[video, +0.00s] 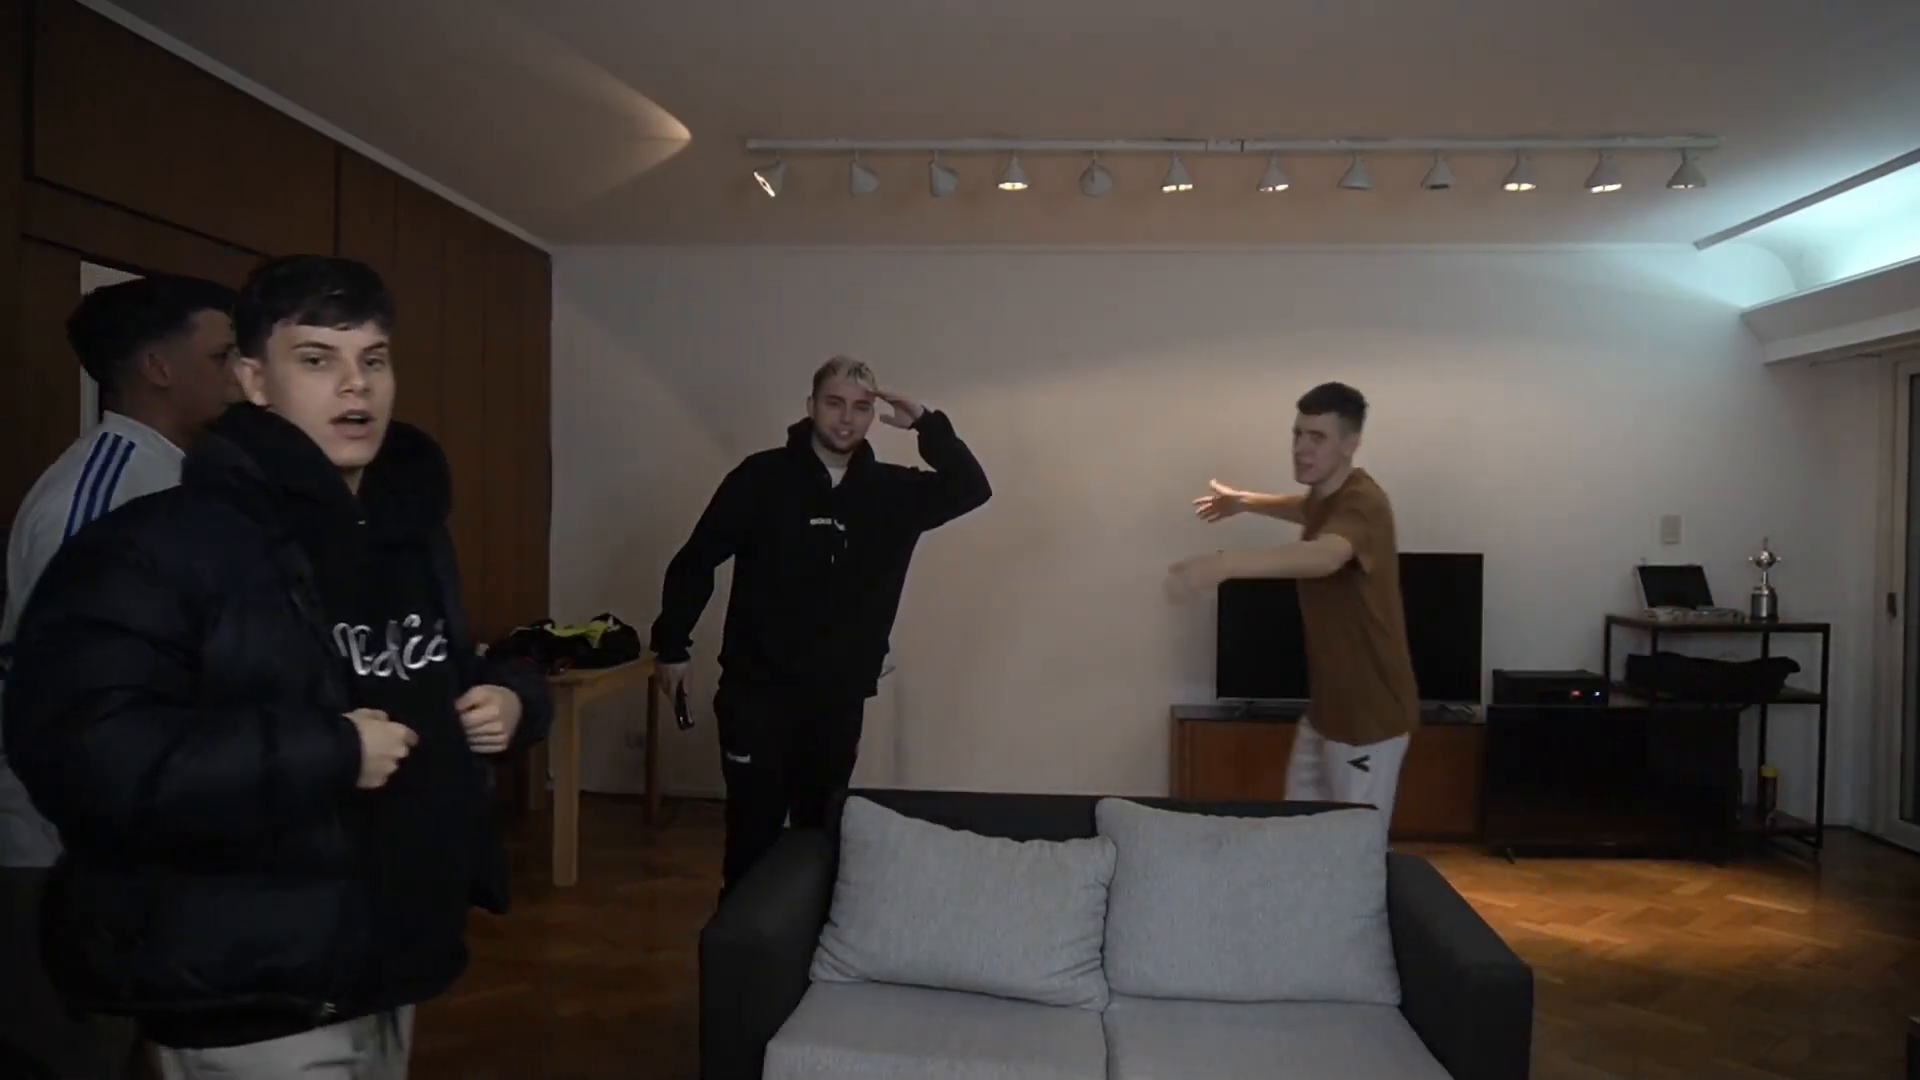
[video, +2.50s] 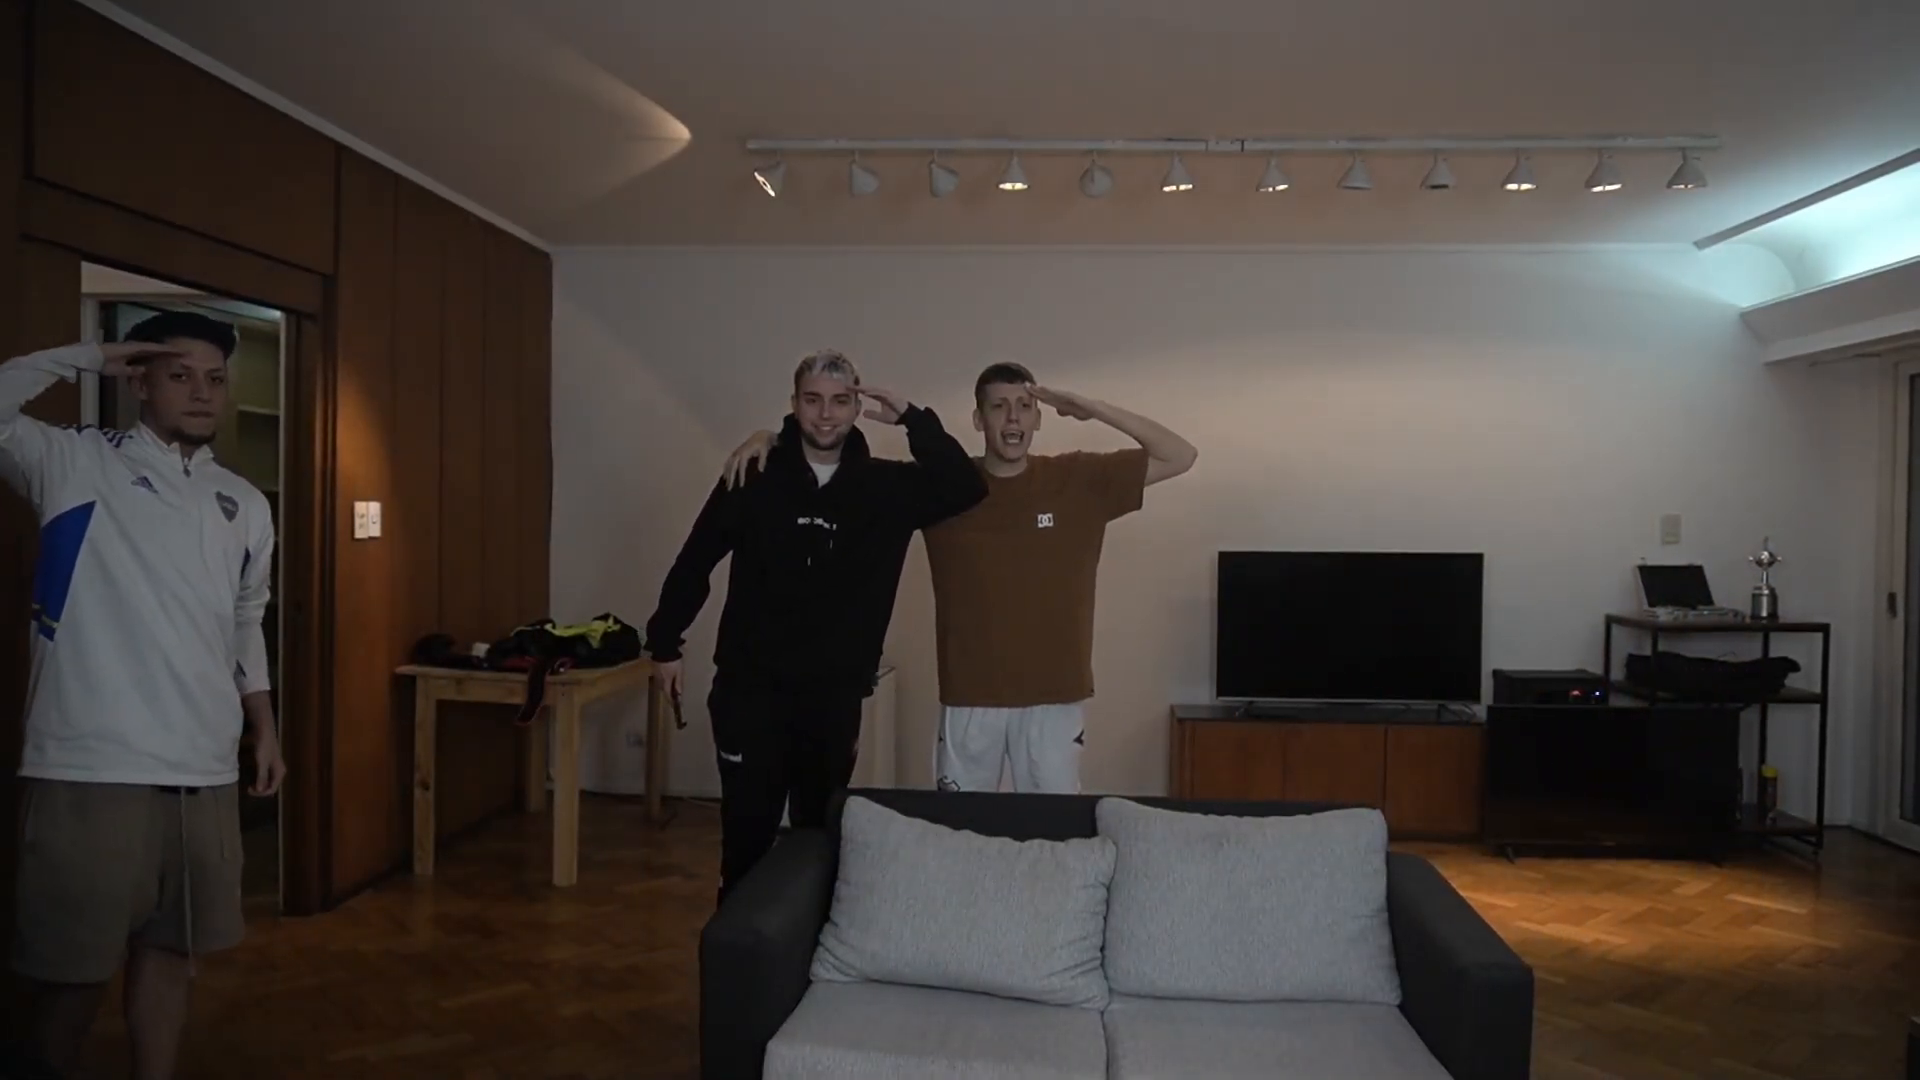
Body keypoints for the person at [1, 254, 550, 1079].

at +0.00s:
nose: (356, 387)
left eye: (374, 360)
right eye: (317, 360)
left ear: (394, 373)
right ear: (251, 377)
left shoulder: (404, 526)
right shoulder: (160, 545)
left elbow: (449, 674)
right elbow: (81, 752)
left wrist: (511, 701)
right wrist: (328, 751)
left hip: (390, 969)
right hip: (247, 994)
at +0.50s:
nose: (108, 368)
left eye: (129, 340)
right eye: (67, 341)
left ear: (158, 354)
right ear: (9, 360)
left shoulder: (178, 481)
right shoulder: (9, 493)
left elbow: (233, 652)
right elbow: (15, 716)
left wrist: (313, 674)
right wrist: (101, 730)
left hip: (204, 927)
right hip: (49, 947)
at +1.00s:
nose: (97, 370)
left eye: (108, 356)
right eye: (73, 356)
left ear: (121, 370)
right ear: (24, 370)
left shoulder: (164, 487)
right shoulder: (5, 481)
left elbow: (175, 613)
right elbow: (8, 620)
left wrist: (188, 726)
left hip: (154, 779)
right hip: (37, 787)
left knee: (159, 970)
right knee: (33, 989)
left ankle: (151, 1074)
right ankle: (40, 1074)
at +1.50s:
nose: (140, 380)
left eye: (152, 365)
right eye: (116, 367)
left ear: (165, 377)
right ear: (73, 381)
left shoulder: (215, 491)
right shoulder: (28, 493)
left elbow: (234, 610)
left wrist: (256, 707)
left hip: (186, 780)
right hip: (60, 784)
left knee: (168, 964)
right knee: (43, 987)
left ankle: (154, 1074)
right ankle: (43, 1079)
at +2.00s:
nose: (203, 390)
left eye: (218, 377)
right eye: (182, 375)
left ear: (231, 391)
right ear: (138, 384)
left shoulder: (247, 504)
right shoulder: (88, 469)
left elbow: (241, 628)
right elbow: (7, 495)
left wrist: (247, 725)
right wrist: (122, 411)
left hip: (206, 773)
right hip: (98, 771)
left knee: (174, 957)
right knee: (77, 976)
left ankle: (155, 1073)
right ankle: (53, 1074)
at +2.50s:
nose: (203, 390)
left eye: (216, 378)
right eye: (182, 374)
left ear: (227, 392)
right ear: (138, 384)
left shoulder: (246, 506)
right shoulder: (70, 459)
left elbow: (248, 625)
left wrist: (264, 724)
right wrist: (84, 357)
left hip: (203, 770)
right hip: (87, 767)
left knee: (172, 958)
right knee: (71, 972)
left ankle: (155, 1074)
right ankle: (53, 1075)